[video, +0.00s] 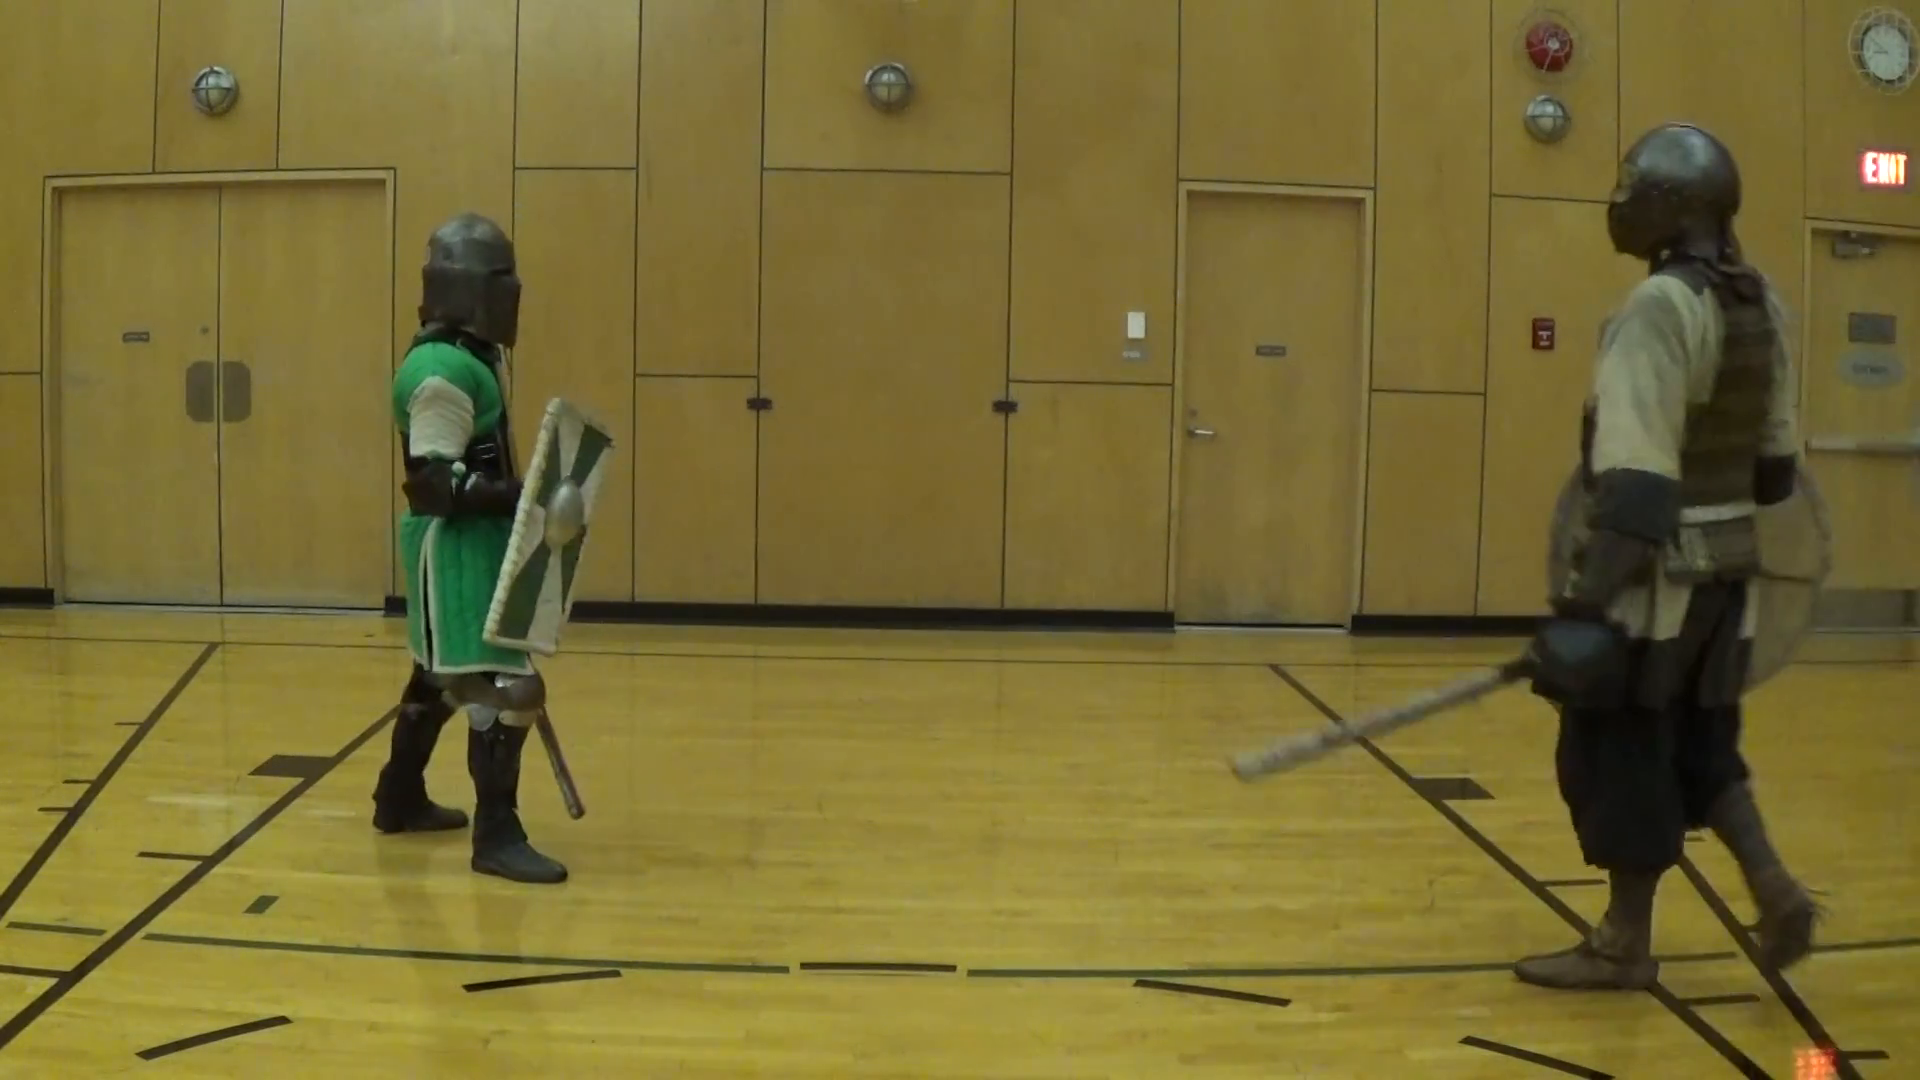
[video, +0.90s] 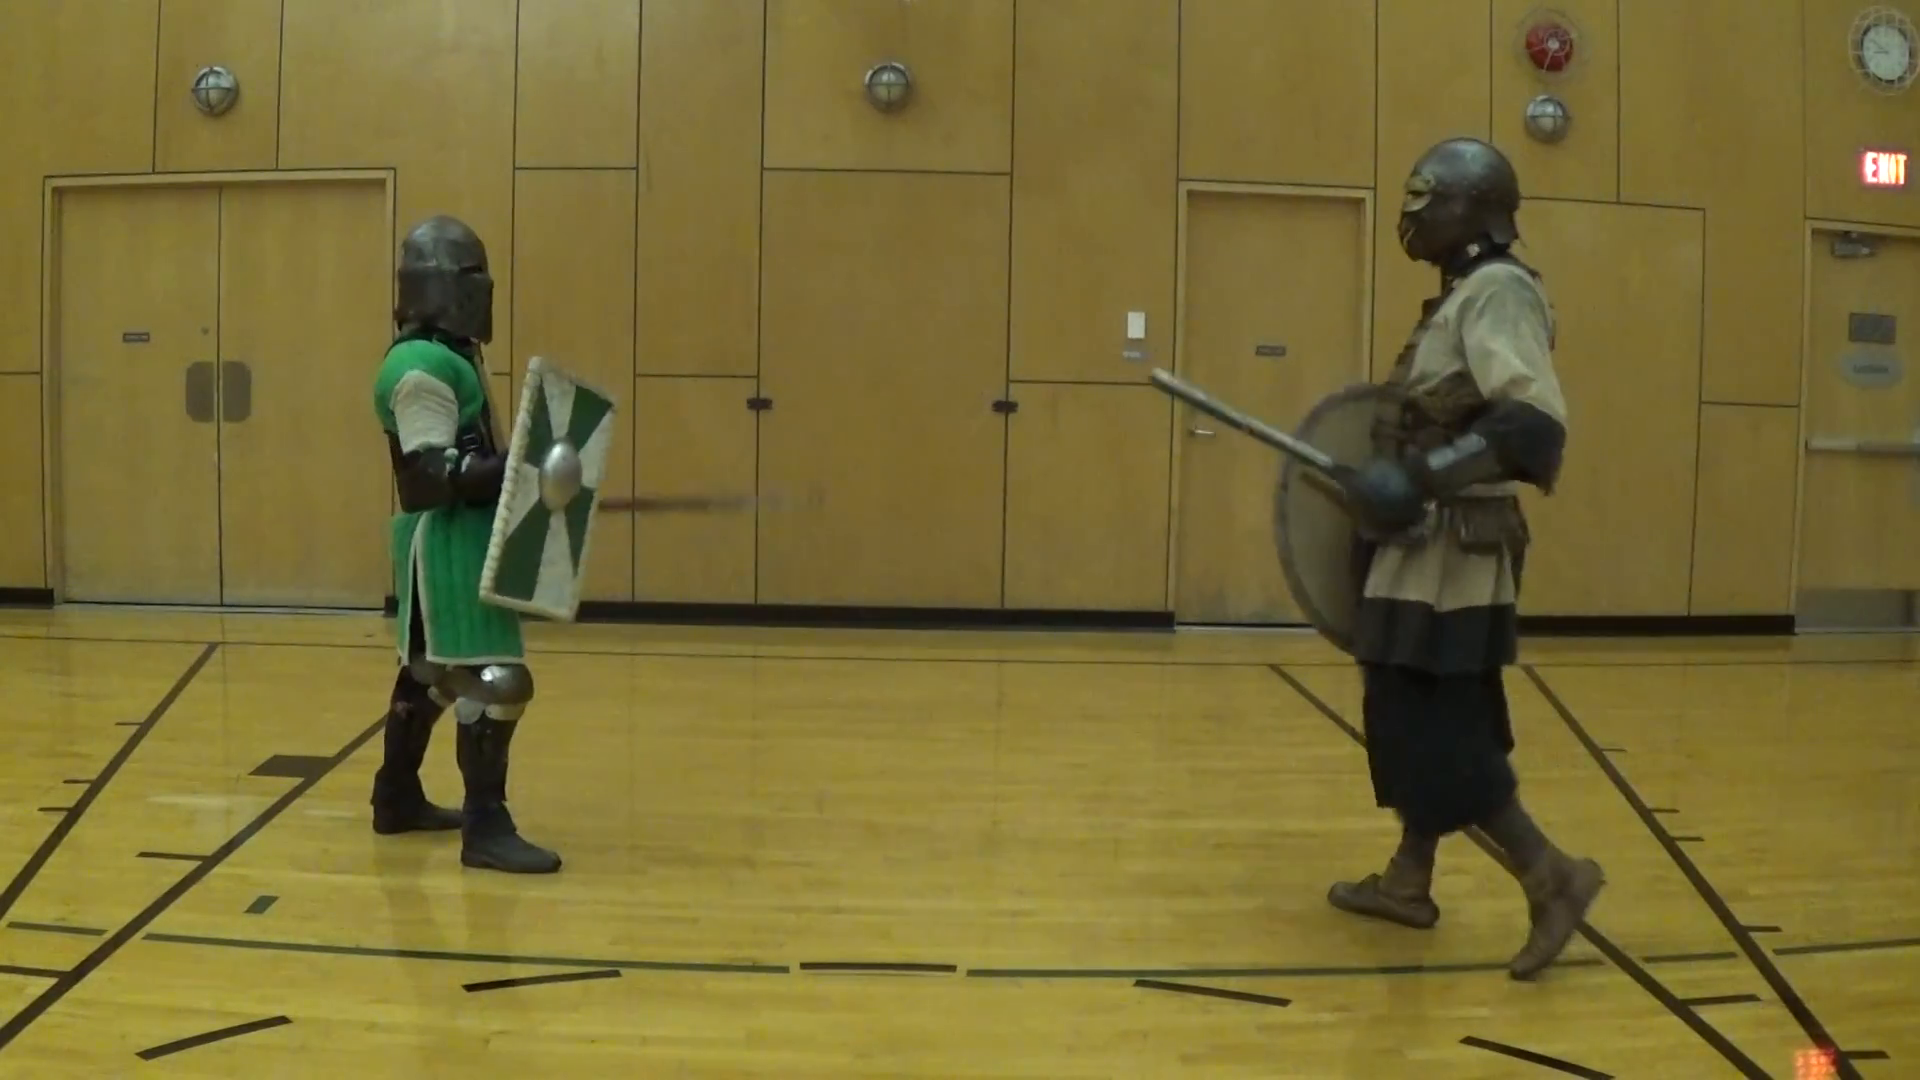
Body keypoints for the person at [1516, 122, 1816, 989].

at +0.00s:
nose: (1615, 205)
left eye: (1629, 190)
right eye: (1621, 188)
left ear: (1667, 203)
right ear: (1711, 206)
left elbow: (1640, 485)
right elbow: (1774, 472)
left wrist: (1584, 609)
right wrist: (1670, 483)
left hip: (1652, 588)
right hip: (1724, 580)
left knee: (1624, 751)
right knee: (1700, 738)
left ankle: (1624, 940)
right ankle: (1777, 893)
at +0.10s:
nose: (1592, 206)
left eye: (1604, 191)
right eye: (1597, 189)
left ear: (1647, 201)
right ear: (1687, 203)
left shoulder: (1635, 305)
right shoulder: (1728, 293)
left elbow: (1598, 468)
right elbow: (1733, 454)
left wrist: (1526, 583)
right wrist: (1701, 540)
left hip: (1626, 576)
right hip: (1693, 570)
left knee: (1608, 747)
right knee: (1657, 738)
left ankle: (1621, 940)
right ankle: (1705, 904)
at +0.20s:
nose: (1570, 207)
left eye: (1585, 191)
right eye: (1576, 189)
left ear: (1632, 203)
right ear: (1663, 205)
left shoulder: (1622, 301)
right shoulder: (1696, 289)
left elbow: (1575, 469)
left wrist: (1481, 567)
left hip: (1611, 563)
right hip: (1671, 559)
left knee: (1589, 739)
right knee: (1628, 729)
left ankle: (1623, 939)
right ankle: (1618, 901)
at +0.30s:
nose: (1546, 208)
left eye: (1562, 192)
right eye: (1551, 189)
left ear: (1612, 206)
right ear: (1630, 207)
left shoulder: (1610, 300)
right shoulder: (1661, 288)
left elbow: (1567, 469)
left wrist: (1464, 548)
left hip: (1598, 556)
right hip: (1636, 549)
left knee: (1601, 734)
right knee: (1565, 717)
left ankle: (1622, 938)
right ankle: (1535, 883)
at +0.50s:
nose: (1496, 211)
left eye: (1512, 196)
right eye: (1500, 194)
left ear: (1565, 211)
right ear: (1568, 212)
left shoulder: (1573, 299)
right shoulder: (1593, 291)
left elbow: (1573, 454)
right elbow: (1632, 450)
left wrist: (1466, 522)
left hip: (1558, 573)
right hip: (1539, 568)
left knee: (1580, 746)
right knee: (1485, 719)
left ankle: (1619, 937)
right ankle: (1431, 873)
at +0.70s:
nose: (1446, 211)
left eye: (1464, 197)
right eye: (1451, 197)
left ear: (1515, 211)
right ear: (1510, 215)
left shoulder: (1536, 298)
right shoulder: (1507, 298)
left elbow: (1569, 444)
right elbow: (1506, 437)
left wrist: (1472, 521)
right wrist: (1437, 502)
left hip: (1508, 570)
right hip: (1471, 565)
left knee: (1532, 739)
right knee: (1441, 721)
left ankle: (1609, 920)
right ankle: (1409, 881)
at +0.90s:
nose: (1408, 213)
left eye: (1424, 199)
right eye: (1412, 198)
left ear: (1473, 212)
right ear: (1467, 214)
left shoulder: (1498, 291)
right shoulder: (1465, 294)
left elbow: (1533, 428)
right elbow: (1450, 423)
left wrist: (1419, 475)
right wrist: (1380, 481)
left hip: (1455, 552)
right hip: (1433, 545)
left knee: (1425, 722)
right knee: (1428, 716)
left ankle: (1553, 877)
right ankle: (1407, 880)